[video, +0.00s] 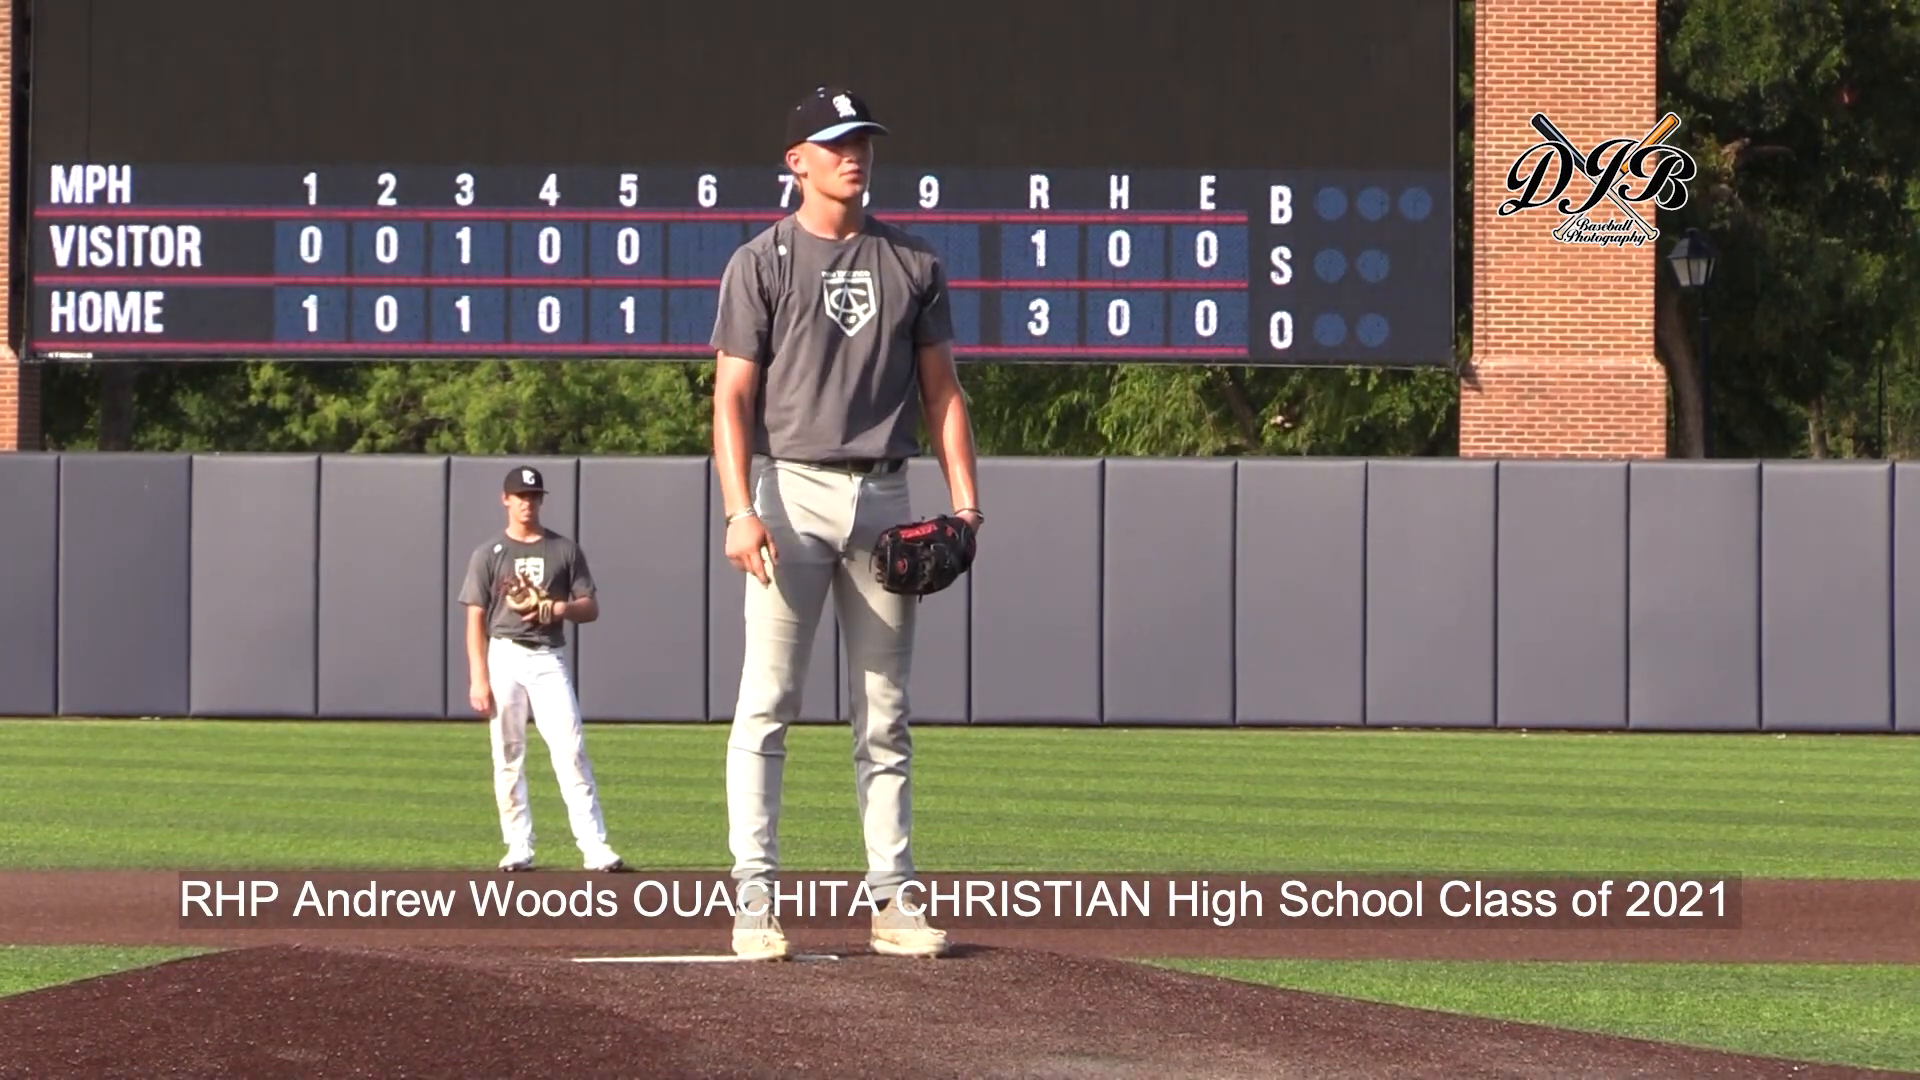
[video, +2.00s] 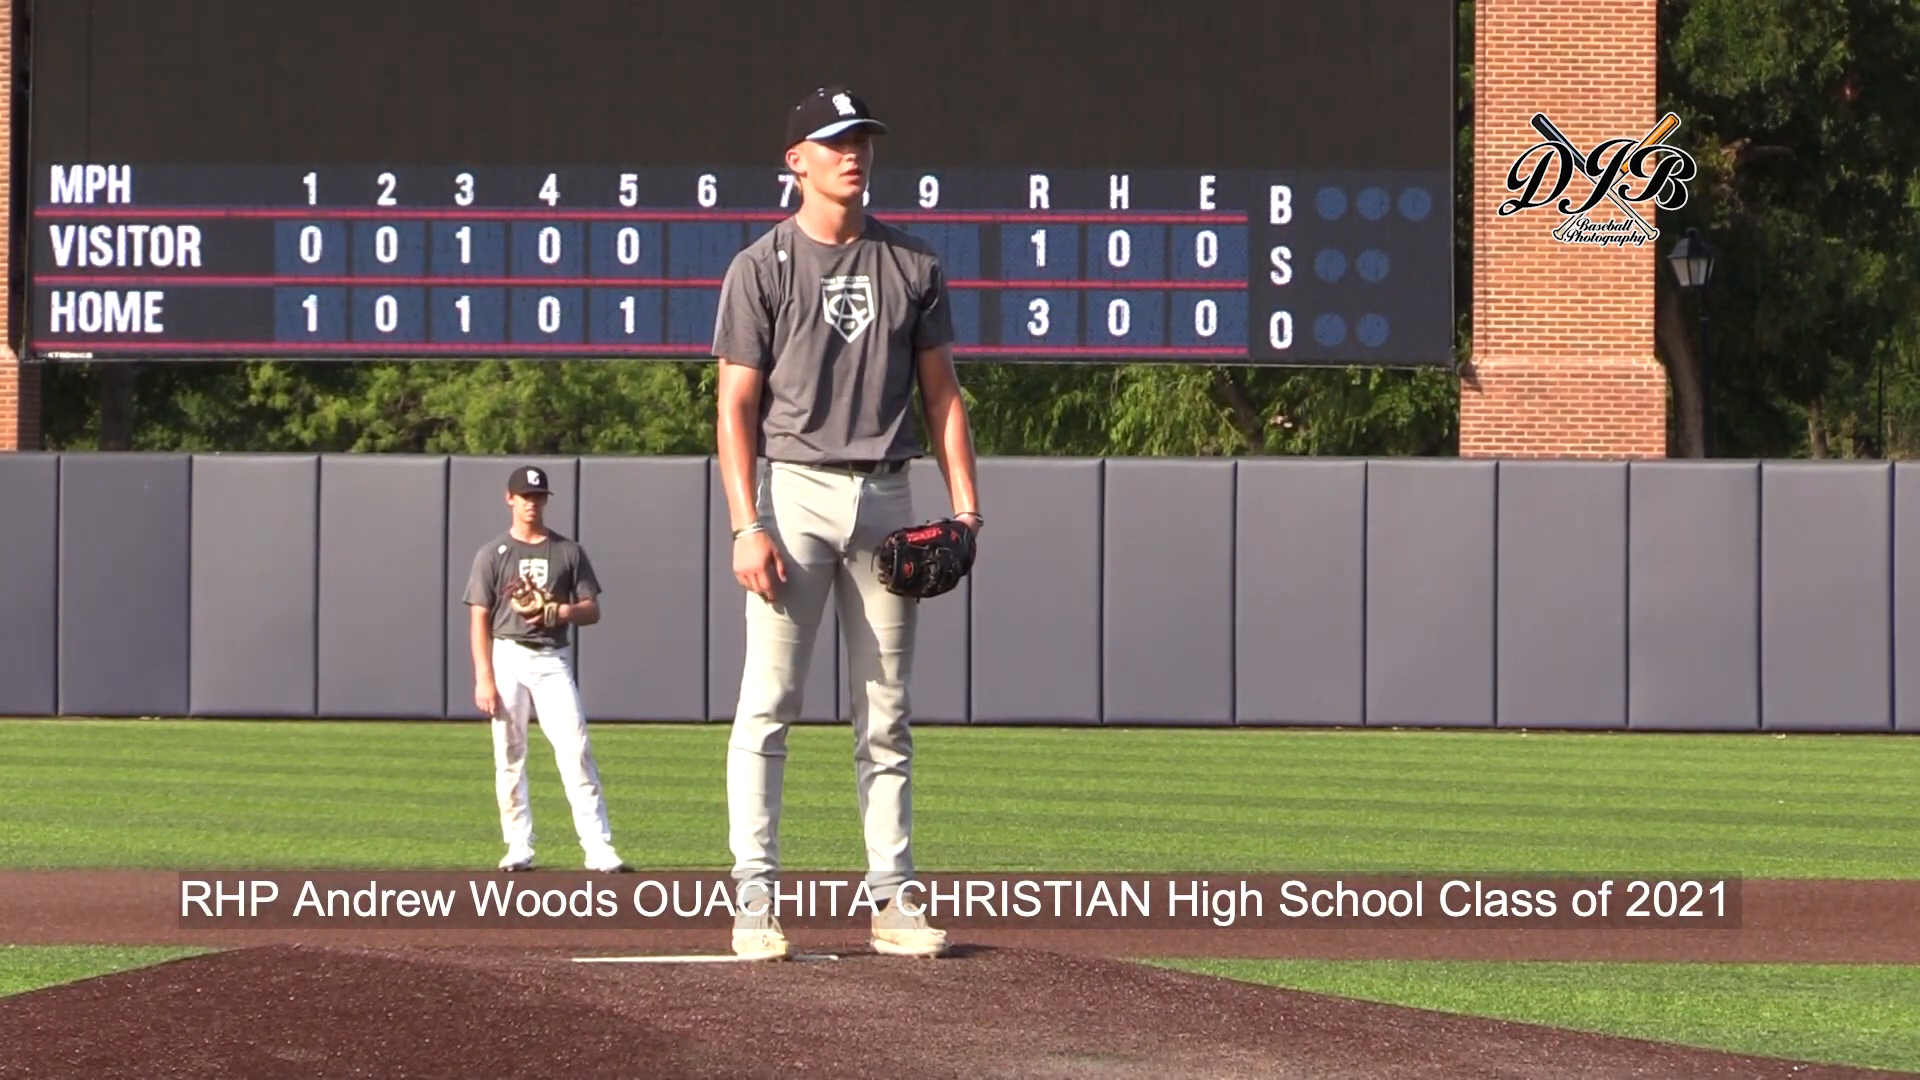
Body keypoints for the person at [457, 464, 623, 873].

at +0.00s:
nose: (528, 503)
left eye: (534, 497)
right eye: (521, 497)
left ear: (543, 500)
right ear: (506, 500)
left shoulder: (566, 550)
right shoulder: (487, 555)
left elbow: (589, 609)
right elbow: (476, 621)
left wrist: (557, 607)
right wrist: (479, 680)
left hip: (549, 657)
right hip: (502, 655)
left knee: (572, 750)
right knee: (508, 756)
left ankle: (596, 850)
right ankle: (519, 849)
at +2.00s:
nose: (532, 504)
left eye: (538, 497)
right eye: (525, 497)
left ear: (547, 500)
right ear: (510, 500)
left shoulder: (569, 551)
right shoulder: (491, 555)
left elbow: (591, 610)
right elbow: (479, 622)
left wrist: (559, 611)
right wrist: (484, 679)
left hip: (552, 658)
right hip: (505, 656)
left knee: (576, 749)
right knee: (509, 757)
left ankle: (599, 851)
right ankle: (519, 850)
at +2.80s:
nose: (532, 504)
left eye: (538, 497)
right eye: (525, 497)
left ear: (546, 500)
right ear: (509, 500)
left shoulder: (569, 550)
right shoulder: (491, 554)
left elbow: (592, 609)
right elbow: (479, 620)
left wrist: (558, 608)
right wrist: (484, 677)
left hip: (552, 659)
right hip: (505, 657)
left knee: (576, 750)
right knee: (509, 757)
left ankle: (600, 852)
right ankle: (518, 851)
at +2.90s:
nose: (532, 504)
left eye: (538, 497)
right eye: (525, 497)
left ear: (546, 500)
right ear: (510, 500)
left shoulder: (569, 549)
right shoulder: (491, 554)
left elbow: (592, 608)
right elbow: (479, 620)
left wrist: (558, 608)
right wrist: (484, 677)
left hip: (552, 658)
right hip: (505, 657)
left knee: (576, 750)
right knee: (509, 757)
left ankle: (600, 852)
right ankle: (519, 850)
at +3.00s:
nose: (532, 504)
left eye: (539, 497)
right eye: (525, 497)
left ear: (547, 500)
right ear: (510, 500)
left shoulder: (570, 549)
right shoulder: (491, 554)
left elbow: (593, 607)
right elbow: (479, 619)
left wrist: (559, 608)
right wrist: (485, 676)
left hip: (553, 658)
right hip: (506, 656)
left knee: (577, 749)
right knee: (509, 757)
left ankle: (600, 852)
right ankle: (519, 850)